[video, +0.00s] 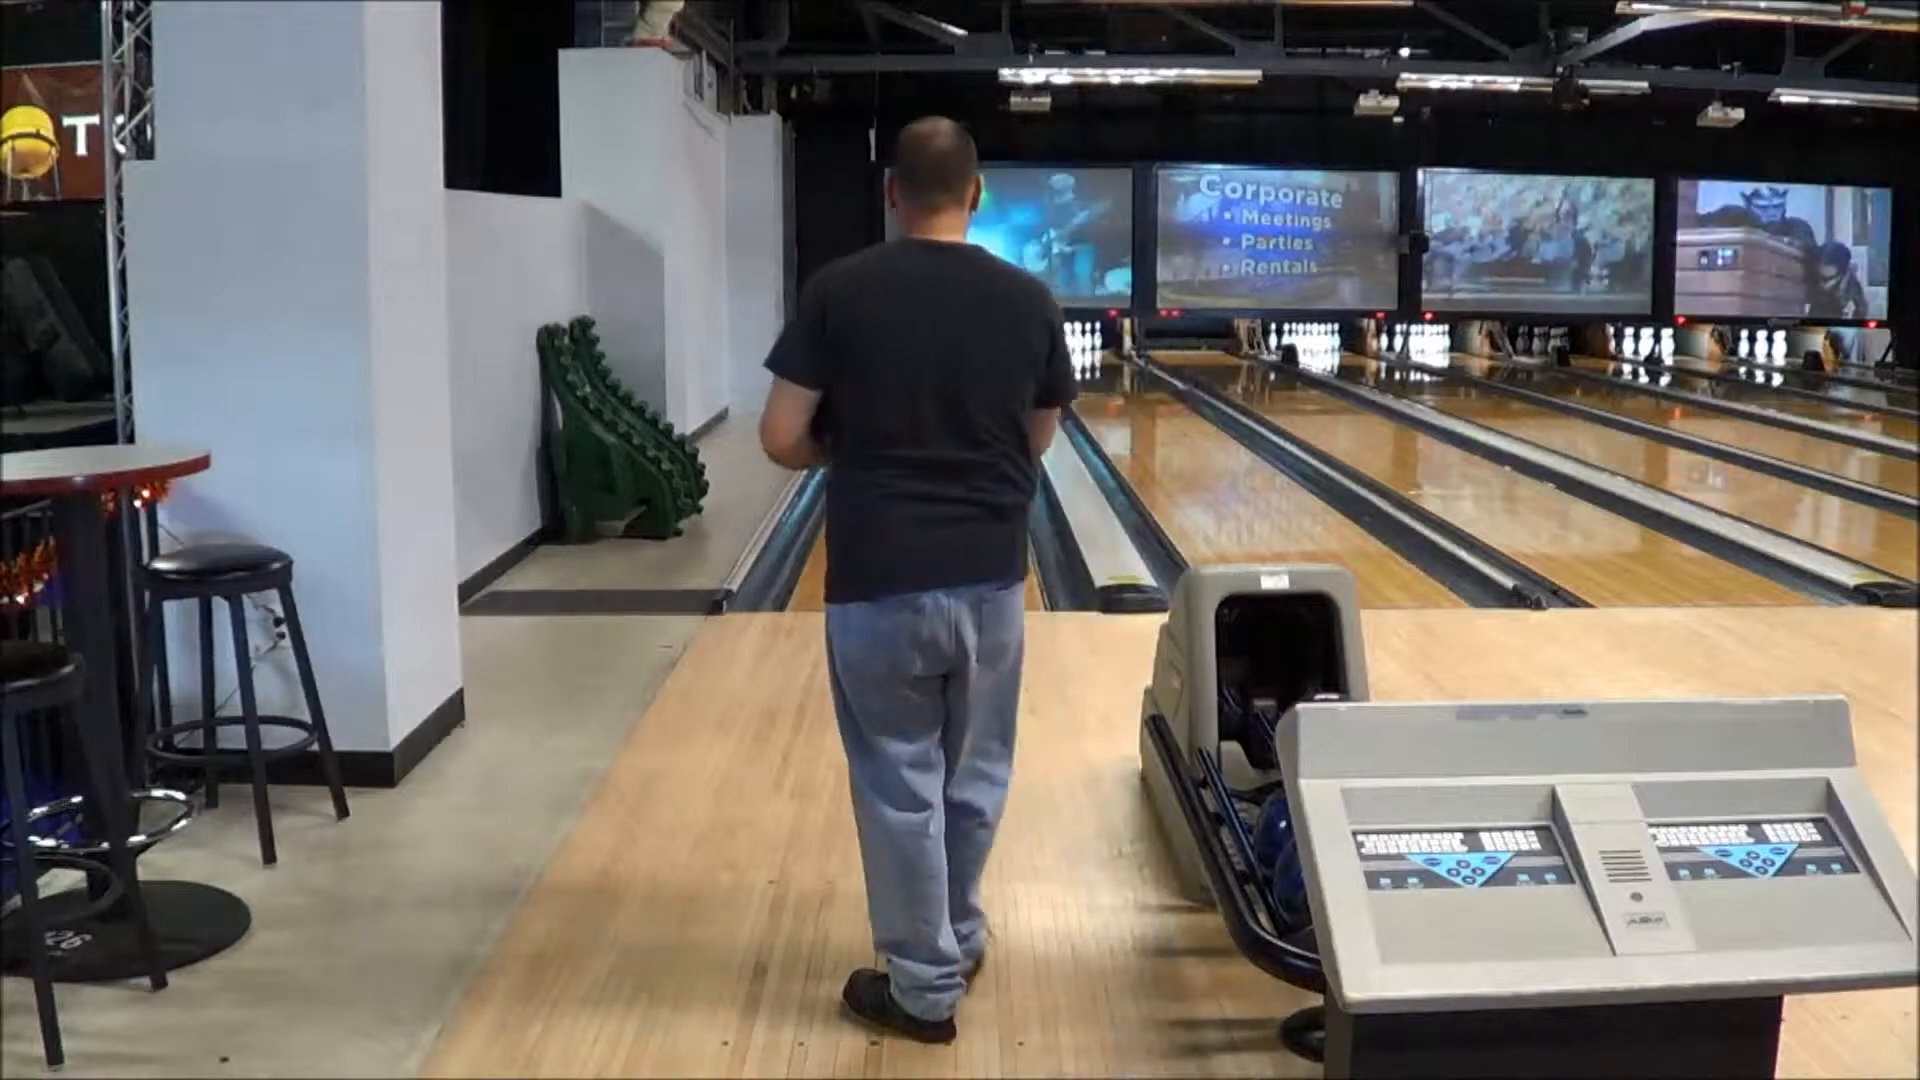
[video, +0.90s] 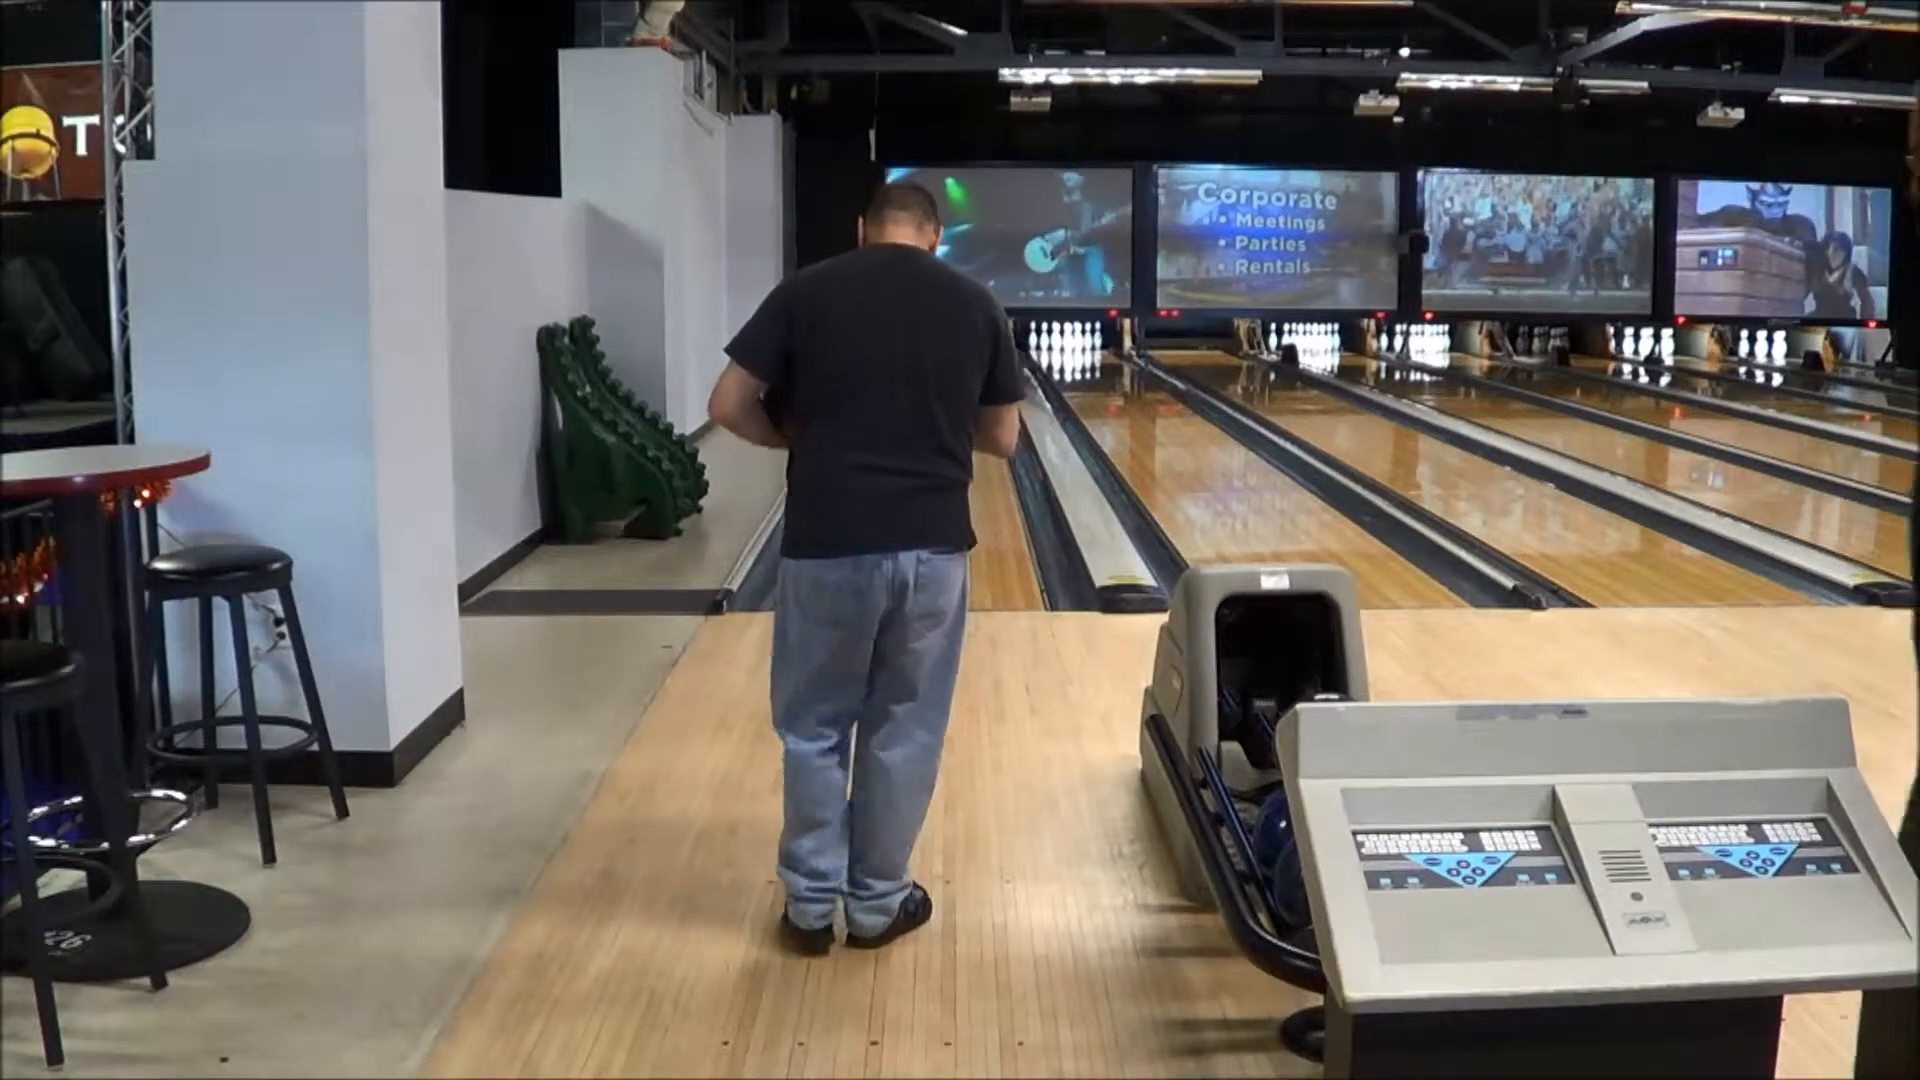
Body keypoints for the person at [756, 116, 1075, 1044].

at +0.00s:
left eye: (889, 187)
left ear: (888, 193)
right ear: (975, 194)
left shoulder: (838, 291)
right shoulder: (1025, 299)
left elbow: (784, 440)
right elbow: (1038, 437)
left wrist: (856, 440)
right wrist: (970, 443)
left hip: (877, 584)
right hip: (989, 578)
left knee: (899, 782)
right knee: (977, 766)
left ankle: (923, 989)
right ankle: (958, 934)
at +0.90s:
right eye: (927, 231)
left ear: (863, 228)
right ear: (935, 237)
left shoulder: (808, 289)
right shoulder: (976, 305)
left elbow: (730, 406)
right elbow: (1003, 437)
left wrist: (798, 434)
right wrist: (936, 406)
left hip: (829, 545)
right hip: (935, 547)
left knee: (813, 724)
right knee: (907, 722)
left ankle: (811, 901)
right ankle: (874, 901)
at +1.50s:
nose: (892, 252)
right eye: (895, 241)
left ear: (821, 230)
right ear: (890, 241)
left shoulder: (761, 291)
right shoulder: (917, 299)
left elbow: (696, 408)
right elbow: (954, 428)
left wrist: (758, 427)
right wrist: (891, 396)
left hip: (772, 542)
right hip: (873, 540)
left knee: (779, 718)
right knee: (876, 716)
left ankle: (785, 884)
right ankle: (870, 900)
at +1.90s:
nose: (855, 247)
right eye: (859, 236)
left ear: (788, 234)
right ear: (858, 238)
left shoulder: (729, 294)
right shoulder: (885, 296)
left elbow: (689, 421)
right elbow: (917, 427)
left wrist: (744, 423)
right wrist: (859, 396)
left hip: (741, 536)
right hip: (840, 535)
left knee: (757, 713)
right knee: (836, 713)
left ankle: (779, 874)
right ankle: (809, 895)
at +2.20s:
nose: (854, 248)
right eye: (861, 236)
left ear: (788, 234)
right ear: (861, 238)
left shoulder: (730, 297)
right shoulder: (888, 298)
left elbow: (683, 420)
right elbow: (919, 429)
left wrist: (741, 432)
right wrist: (857, 408)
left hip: (741, 538)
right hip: (841, 537)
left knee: (757, 715)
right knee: (831, 719)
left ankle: (779, 869)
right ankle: (804, 902)